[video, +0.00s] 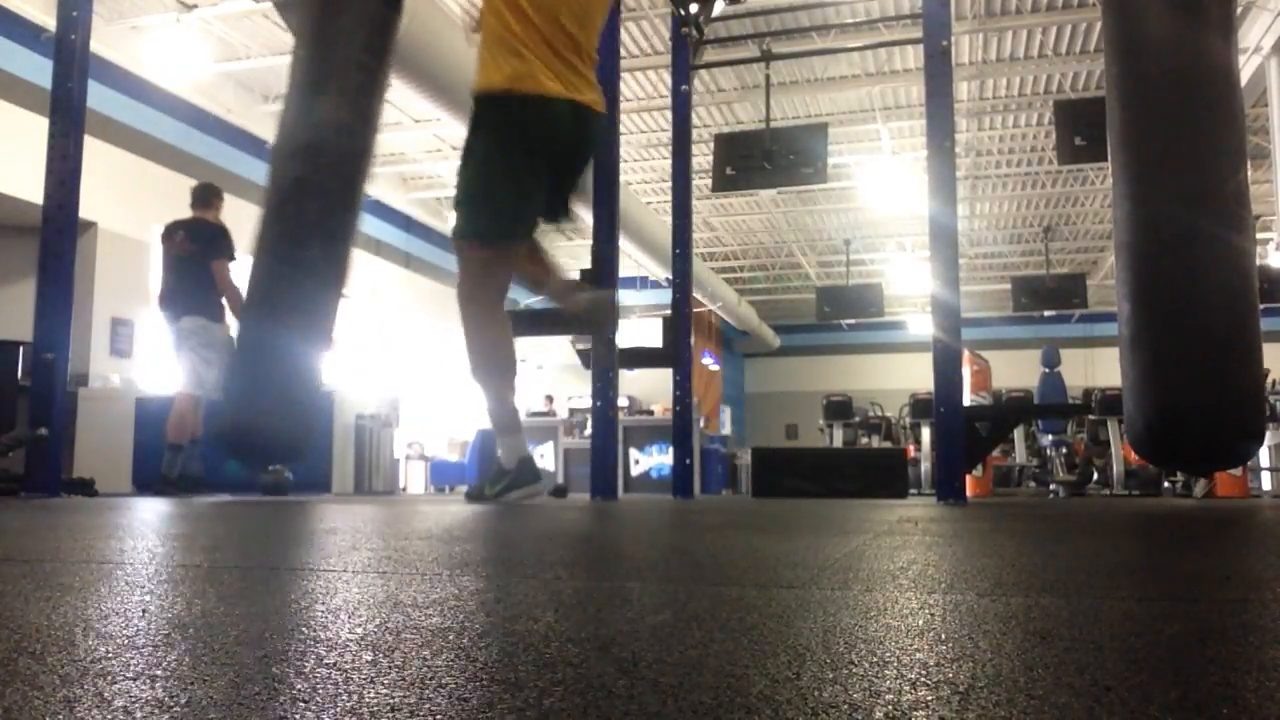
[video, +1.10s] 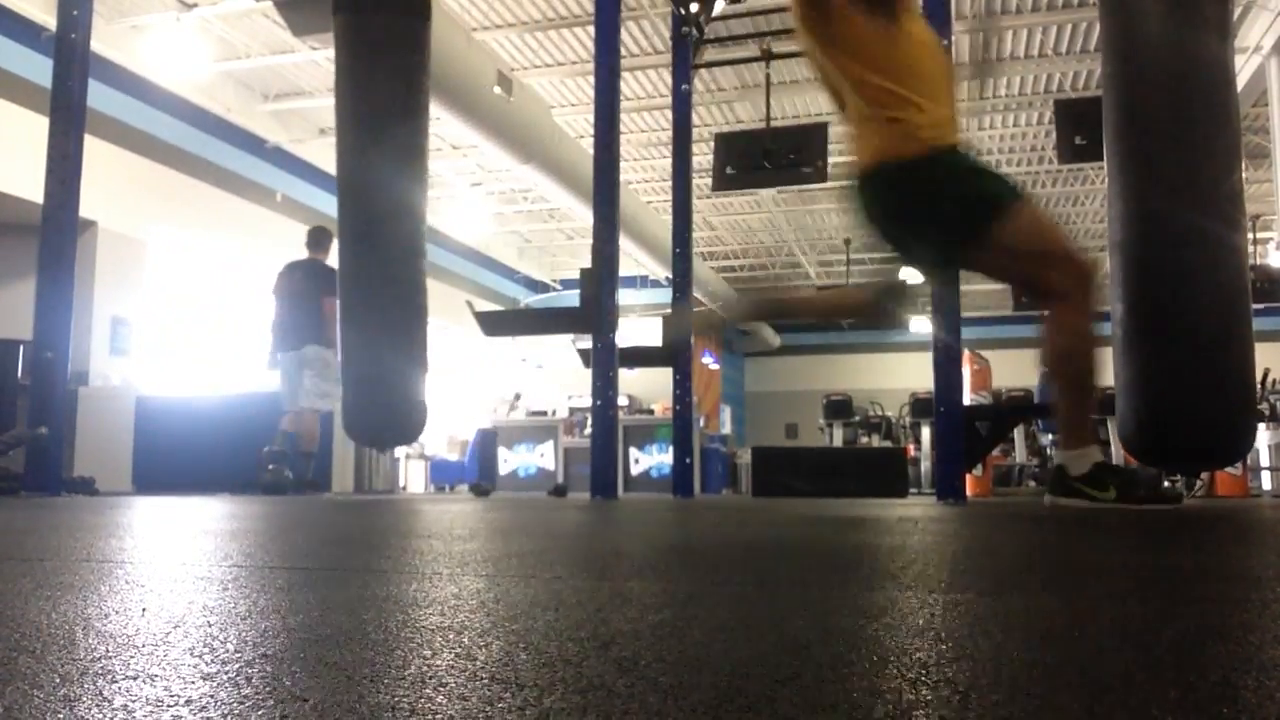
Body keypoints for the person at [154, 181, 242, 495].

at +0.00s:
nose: (220, 210)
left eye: (218, 205)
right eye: (220, 206)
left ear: (192, 203)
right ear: (217, 205)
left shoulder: (172, 229)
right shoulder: (216, 231)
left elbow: (165, 288)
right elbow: (224, 281)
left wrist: (174, 320)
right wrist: (245, 317)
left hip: (176, 311)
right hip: (202, 314)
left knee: (196, 392)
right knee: (190, 389)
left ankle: (191, 464)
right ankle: (171, 464)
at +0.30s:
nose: (245, 227)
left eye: (239, 221)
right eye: (246, 222)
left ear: (221, 219)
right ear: (245, 221)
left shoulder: (204, 246)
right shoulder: (244, 248)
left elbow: (206, 297)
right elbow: (250, 293)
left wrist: (216, 324)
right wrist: (279, 334)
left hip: (214, 331)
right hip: (238, 332)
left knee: (218, 399)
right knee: (232, 400)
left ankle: (226, 468)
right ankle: (194, 456)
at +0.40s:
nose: (256, 230)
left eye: (254, 225)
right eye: (256, 225)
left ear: (231, 223)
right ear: (253, 224)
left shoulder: (215, 249)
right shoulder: (251, 250)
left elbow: (214, 300)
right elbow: (257, 296)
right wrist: (283, 337)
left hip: (225, 338)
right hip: (250, 338)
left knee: (222, 402)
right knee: (260, 400)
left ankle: (223, 472)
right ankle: (221, 442)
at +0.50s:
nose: (265, 233)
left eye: (262, 227)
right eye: (265, 228)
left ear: (242, 224)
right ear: (264, 226)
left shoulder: (224, 250)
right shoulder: (259, 252)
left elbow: (222, 302)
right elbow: (261, 297)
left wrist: (233, 330)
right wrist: (280, 339)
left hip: (234, 335)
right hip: (259, 335)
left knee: (232, 398)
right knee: (277, 398)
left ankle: (228, 464)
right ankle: (249, 452)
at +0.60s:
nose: (275, 237)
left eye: (272, 231)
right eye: (276, 231)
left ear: (252, 229)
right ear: (275, 231)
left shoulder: (234, 253)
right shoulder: (270, 255)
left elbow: (231, 303)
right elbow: (267, 300)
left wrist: (241, 332)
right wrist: (279, 340)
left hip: (241, 334)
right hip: (264, 334)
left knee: (236, 398)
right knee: (284, 398)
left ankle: (230, 466)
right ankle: (277, 462)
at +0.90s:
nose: (307, 248)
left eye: (303, 242)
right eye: (309, 243)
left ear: (288, 241)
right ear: (309, 243)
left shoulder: (267, 267)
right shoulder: (306, 270)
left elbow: (263, 308)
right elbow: (303, 308)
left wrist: (266, 340)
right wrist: (307, 345)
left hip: (270, 349)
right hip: (299, 348)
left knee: (260, 407)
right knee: (305, 413)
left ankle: (240, 464)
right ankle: (304, 474)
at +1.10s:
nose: (326, 250)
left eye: (322, 244)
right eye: (328, 246)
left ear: (307, 244)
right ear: (328, 246)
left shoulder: (287, 271)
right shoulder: (328, 273)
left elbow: (279, 313)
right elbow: (330, 314)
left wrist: (275, 348)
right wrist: (336, 348)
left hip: (287, 347)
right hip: (317, 347)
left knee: (291, 408)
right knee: (311, 410)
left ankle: (276, 451)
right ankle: (305, 474)